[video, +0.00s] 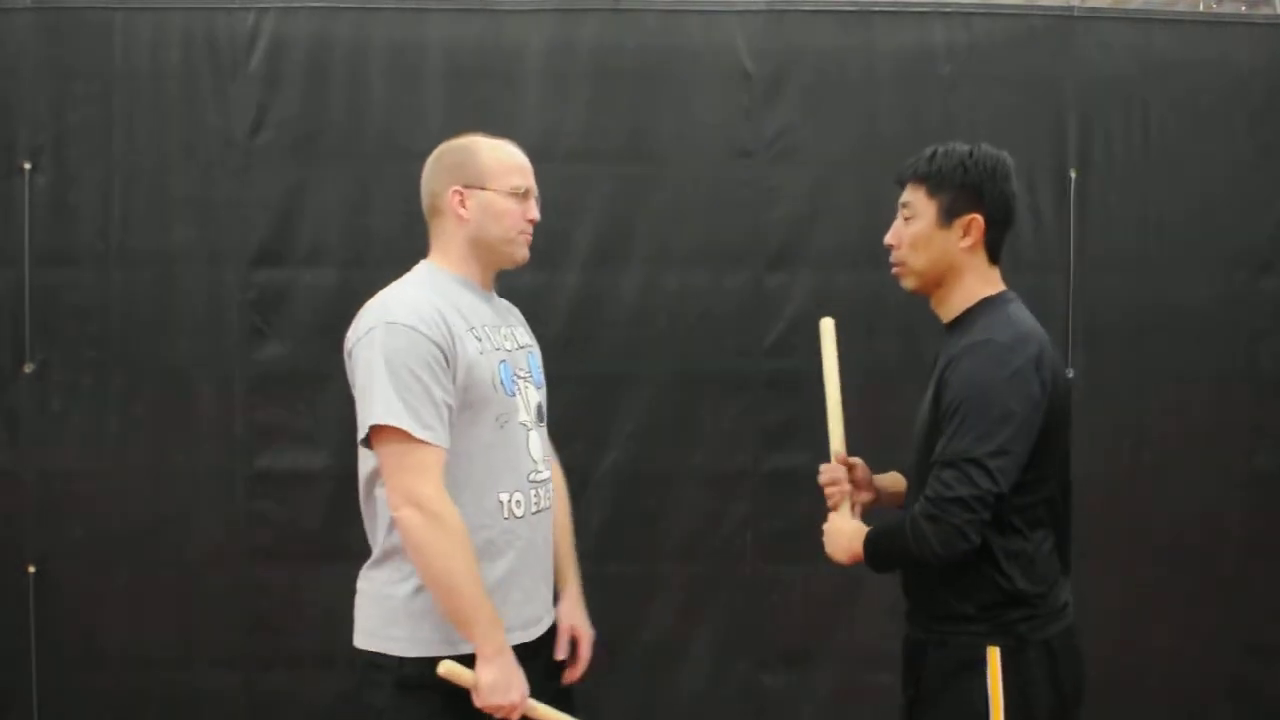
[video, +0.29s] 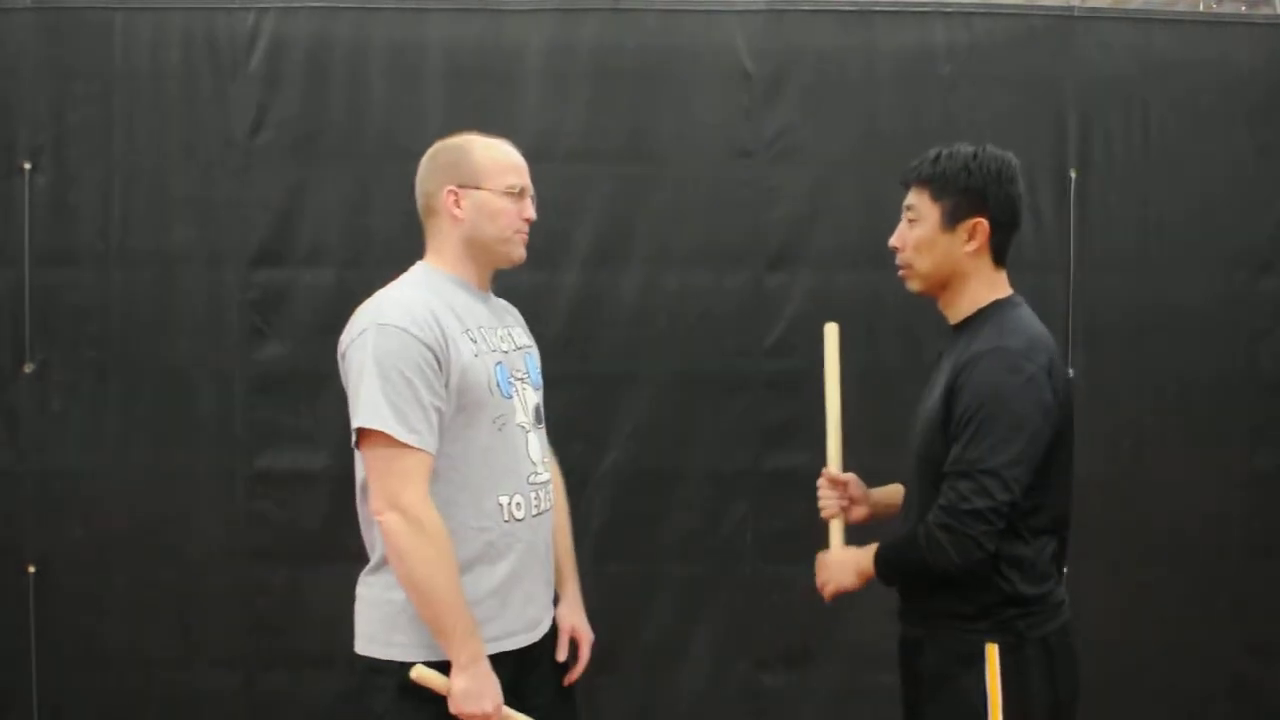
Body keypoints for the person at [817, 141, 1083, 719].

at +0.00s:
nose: (889, 237)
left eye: (908, 217)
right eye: (896, 217)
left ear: (967, 231)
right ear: (962, 233)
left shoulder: (996, 352)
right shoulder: (981, 340)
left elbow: (952, 526)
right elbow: (968, 480)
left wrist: (864, 543)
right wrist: (880, 488)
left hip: (994, 654)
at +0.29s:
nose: (893, 240)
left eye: (912, 220)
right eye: (901, 220)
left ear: (973, 235)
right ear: (968, 237)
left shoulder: (1007, 358)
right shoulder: (979, 345)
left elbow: (965, 533)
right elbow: (962, 485)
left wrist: (867, 561)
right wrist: (877, 502)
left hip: (995, 652)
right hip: (963, 643)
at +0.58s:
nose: (905, 240)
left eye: (923, 222)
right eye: (911, 221)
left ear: (982, 238)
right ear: (978, 240)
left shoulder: (1001, 352)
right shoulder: (982, 342)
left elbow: (943, 513)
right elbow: (941, 470)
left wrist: (877, 537)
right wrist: (843, 467)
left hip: (983, 637)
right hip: (961, 630)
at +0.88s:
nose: (903, 245)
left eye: (919, 228)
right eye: (908, 228)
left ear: (974, 240)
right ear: (970, 242)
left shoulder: (971, 346)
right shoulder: (1004, 331)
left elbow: (861, 465)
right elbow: (910, 416)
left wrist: (910, 438)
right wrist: (873, 308)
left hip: (968, 616)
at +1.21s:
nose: (895, 247)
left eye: (912, 228)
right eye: (900, 228)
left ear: (971, 244)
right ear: (966, 246)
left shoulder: (998, 363)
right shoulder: (934, 352)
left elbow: (878, 492)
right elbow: (806, 378)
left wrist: (855, 445)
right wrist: (792, 265)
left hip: (968, 650)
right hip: (919, 642)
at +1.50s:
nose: (874, 239)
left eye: (894, 220)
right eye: (880, 219)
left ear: (957, 238)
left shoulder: (1005, 367)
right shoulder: (873, 351)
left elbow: (922, 507)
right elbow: (740, 356)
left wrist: (839, 469)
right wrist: (688, 259)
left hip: (961, 657)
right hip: (877, 649)